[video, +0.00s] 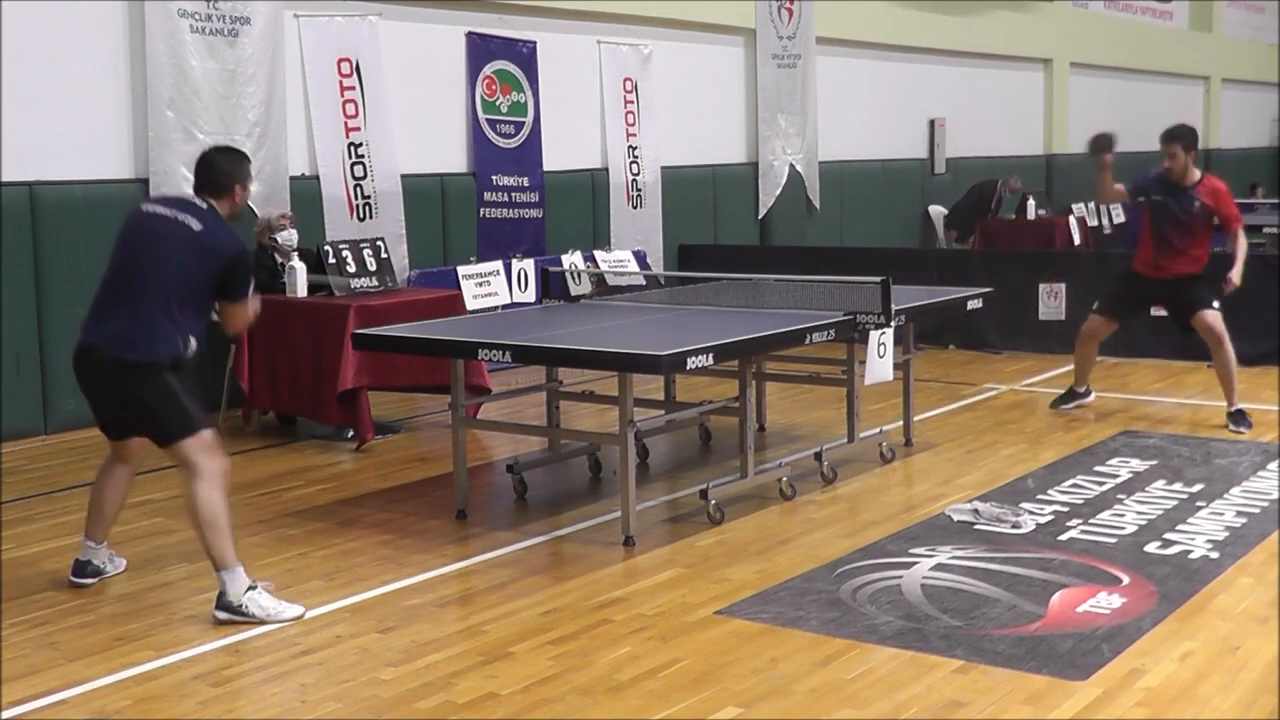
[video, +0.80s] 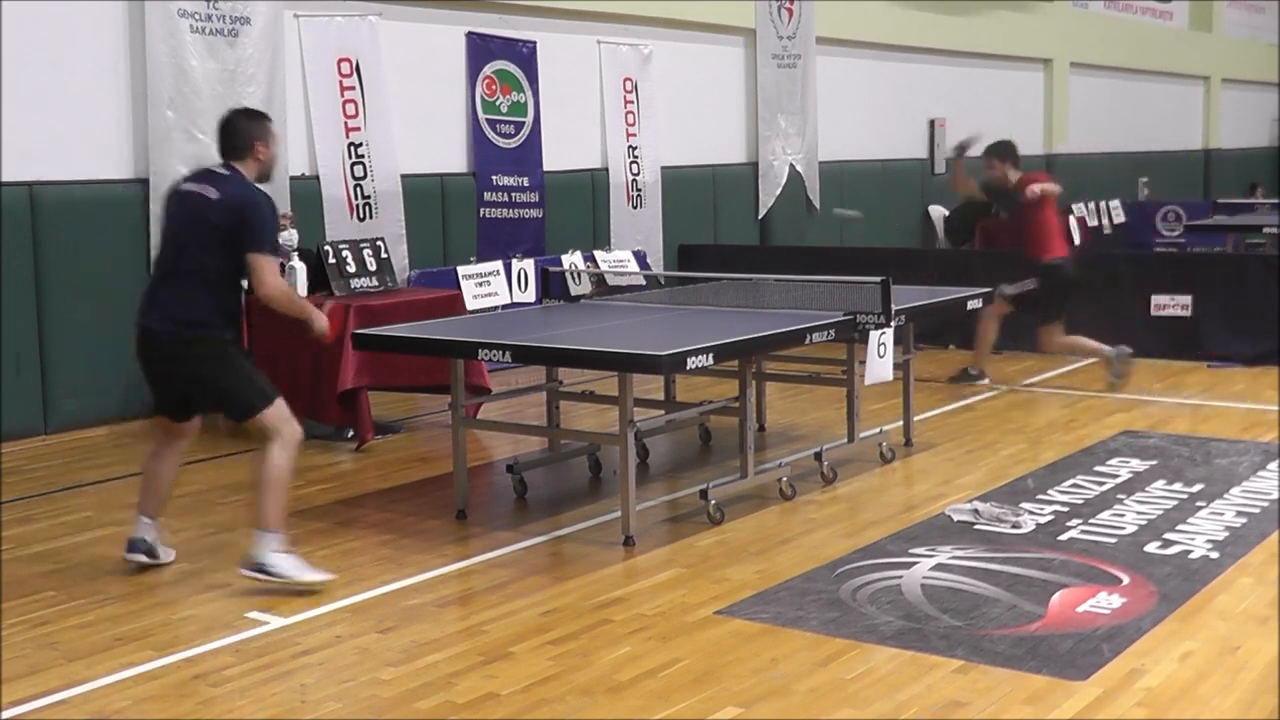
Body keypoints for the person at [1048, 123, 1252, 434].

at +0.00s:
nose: (1166, 163)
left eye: (1173, 157)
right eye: (1164, 156)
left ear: (1192, 154)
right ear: (1161, 154)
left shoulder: (1213, 189)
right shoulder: (1154, 181)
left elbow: (1238, 233)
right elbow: (1107, 195)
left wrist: (1237, 268)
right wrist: (1105, 168)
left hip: (1188, 280)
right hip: (1141, 277)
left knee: (1215, 330)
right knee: (1089, 332)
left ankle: (1234, 408)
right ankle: (1080, 388)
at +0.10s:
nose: (1154, 143)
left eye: (1160, 137)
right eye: (1151, 137)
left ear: (1180, 138)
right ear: (1152, 138)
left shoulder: (1208, 171)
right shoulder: (1148, 172)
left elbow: (1229, 210)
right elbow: (1114, 206)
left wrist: (1216, 249)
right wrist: (1094, 198)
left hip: (1199, 265)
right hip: (1157, 264)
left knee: (1214, 325)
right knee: (1111, 320)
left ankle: (1236, 404)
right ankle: (1091, 385)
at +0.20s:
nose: (1146, 149)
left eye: (1152, 142)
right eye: (1144, 142)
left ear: (1172, 142)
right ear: (1146, 144)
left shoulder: (1201, 175)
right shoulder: (1147, 182)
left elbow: (1234, 214)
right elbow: (1123, 226)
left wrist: (1201, 242)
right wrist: (1091, 228)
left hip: (1205, 267)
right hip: (1165, 265)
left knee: (1213, 330)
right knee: (1117, 321)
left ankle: (1253, 397)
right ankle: (1128, 378)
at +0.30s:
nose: (1126, 167)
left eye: (1131, 160)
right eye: (1125, 161)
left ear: (1151, 159)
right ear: (1143, 162)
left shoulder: (1176, 188)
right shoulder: (1146, 200)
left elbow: (1179, 232)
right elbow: (1145, 251)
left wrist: (1146, 243)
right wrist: (1120, 281)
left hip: (1206, 278)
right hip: (1172, 279)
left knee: (1217, 343)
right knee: (1124, 330)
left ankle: (1266, 402)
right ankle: (1141, 381)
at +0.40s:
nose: (1104, 173)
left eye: (1108, 166)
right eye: (1104, 166)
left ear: (1128, 165)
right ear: (1127, 166)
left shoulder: (1136, 188)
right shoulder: (1144, 186)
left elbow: (1109, 225)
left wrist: (1086, 231)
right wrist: (1101, 228)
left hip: (1194, 275)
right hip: (1166, 277)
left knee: (1208, 343)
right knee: (1120, 325)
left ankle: (1264, 401)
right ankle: (1142, 381)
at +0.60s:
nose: (1043, 175)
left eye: (1045, 169)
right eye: (1043, 170)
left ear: (1061, 166)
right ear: (1068, 167)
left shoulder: (1065, 182)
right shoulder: (1089, 183)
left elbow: (1044, 218)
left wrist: (1056, 218)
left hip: (1127, 251)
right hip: (1126, 251)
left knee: (1118, 317)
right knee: (1103, 316)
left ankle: (1162, 383)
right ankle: (1142, 378)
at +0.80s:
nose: (988, 174)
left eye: (991, 167)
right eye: (987, 168)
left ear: (1006, 163)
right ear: (1002, 166)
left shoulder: (1033, 179)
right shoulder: (1005, 190)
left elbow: (1056, 189)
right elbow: (963, 187)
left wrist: (1039, 188)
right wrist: (958, 159)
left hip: (1051, 272)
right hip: (1048, 272)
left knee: (992, 309)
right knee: (1050, 341)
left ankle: (977, 369)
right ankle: (1112, 354)